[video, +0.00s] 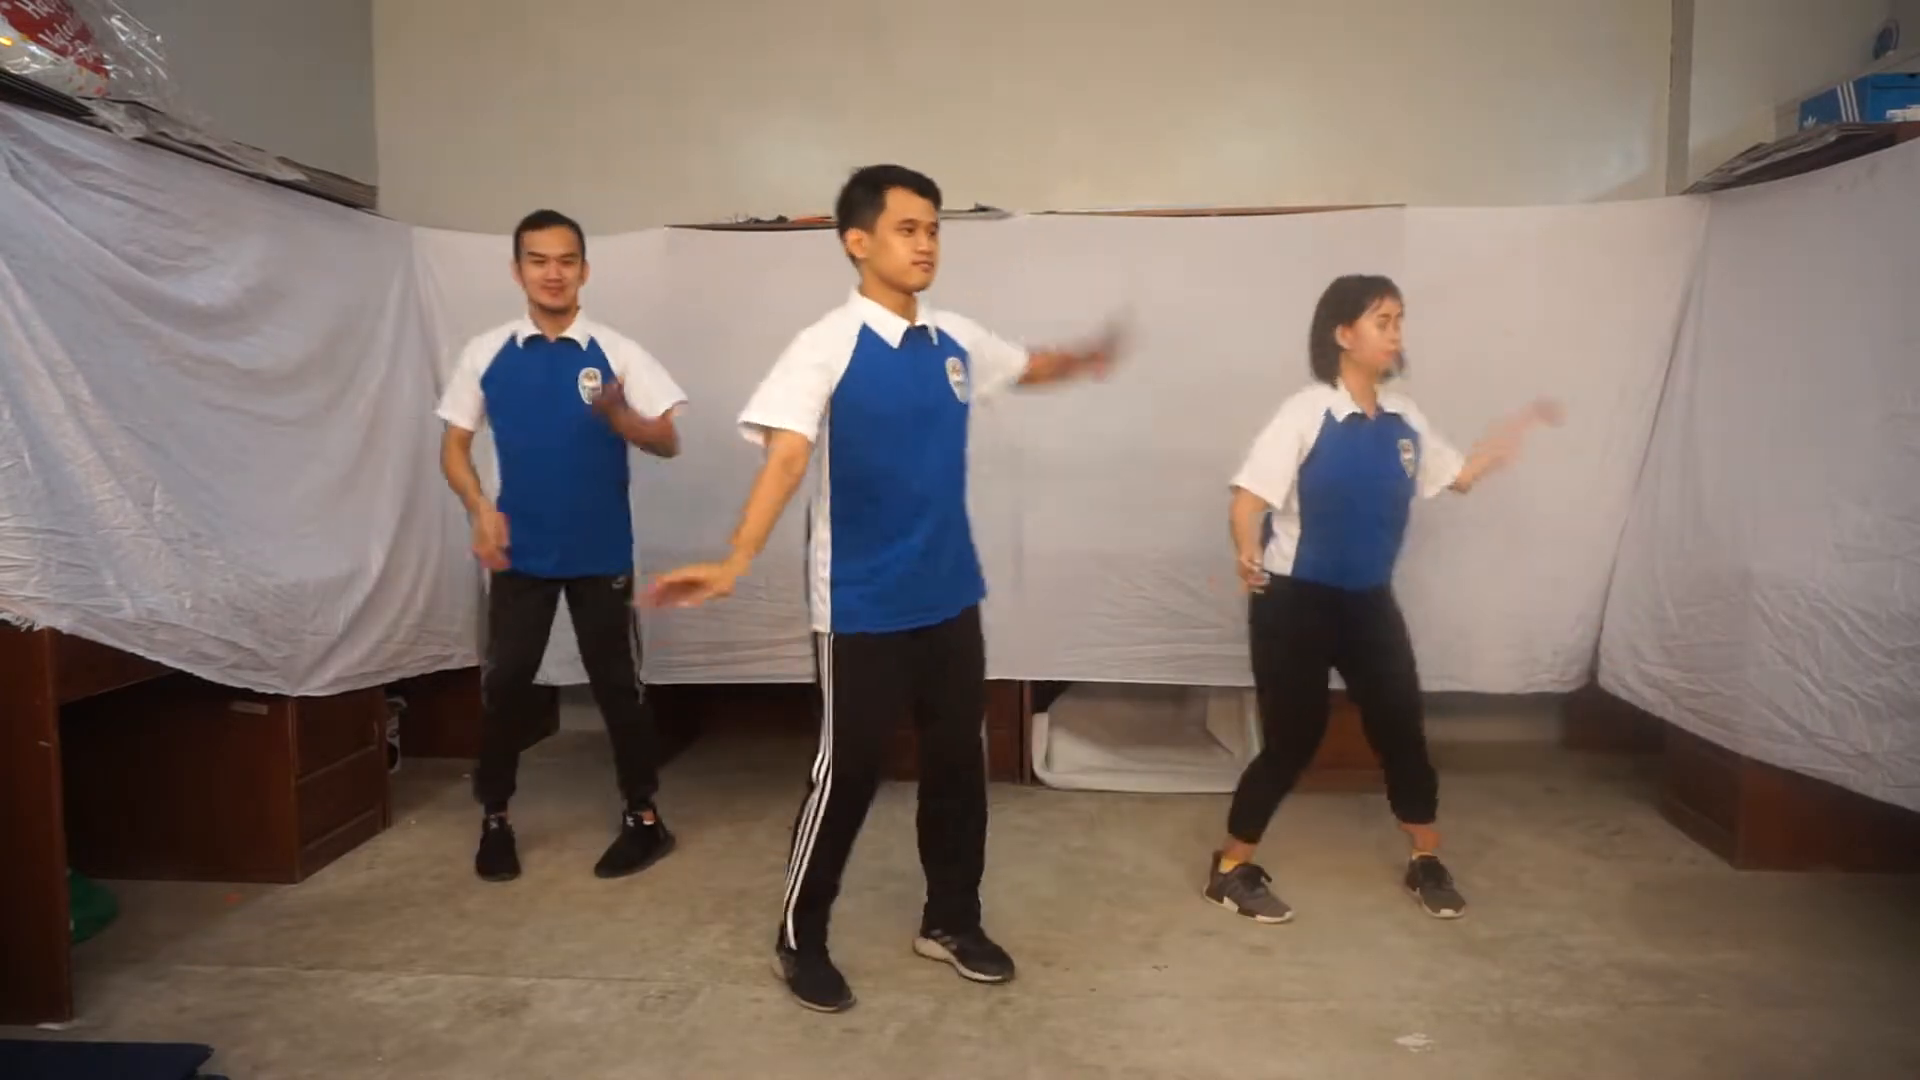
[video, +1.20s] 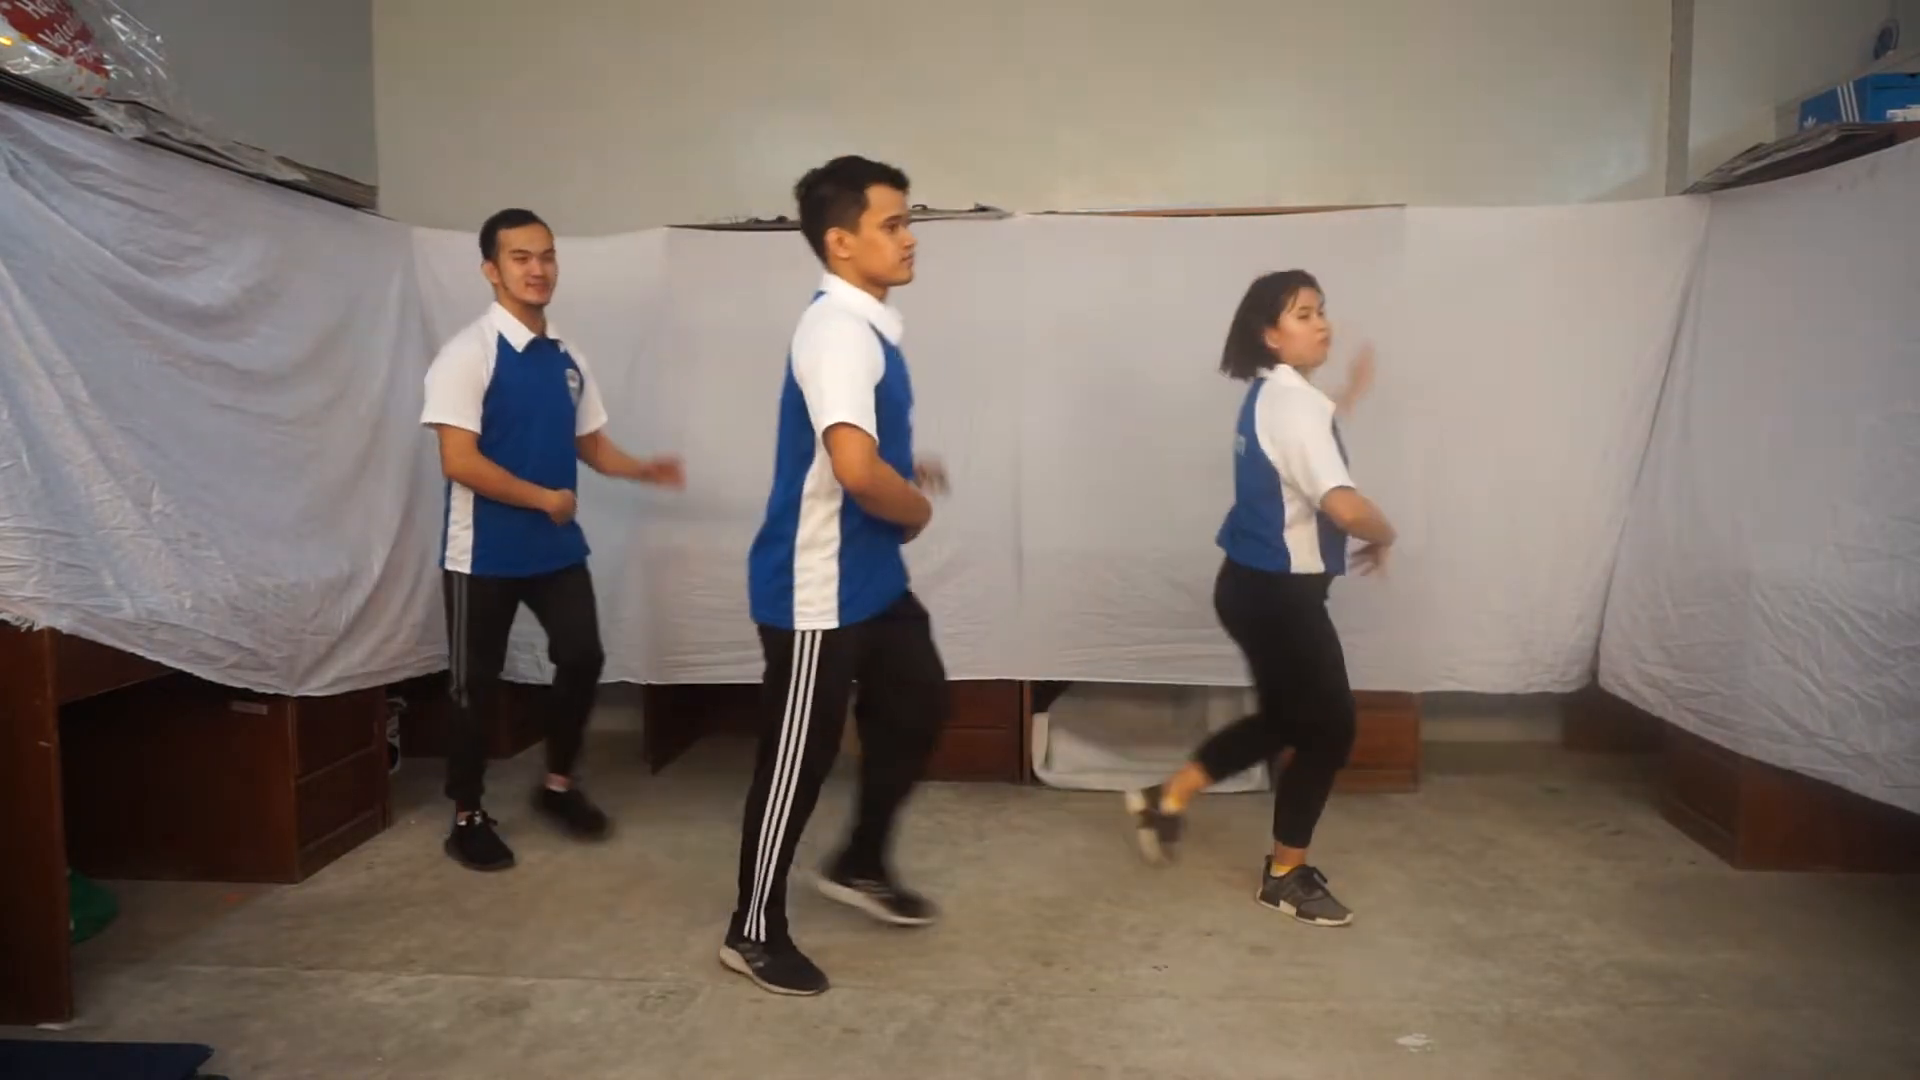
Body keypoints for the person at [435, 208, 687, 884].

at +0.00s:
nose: (553, 272)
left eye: (566, 260)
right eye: (538, 260)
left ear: (584, 270)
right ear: (517, 270)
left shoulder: (615, 350)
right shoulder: (487, 353)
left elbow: (668, 441)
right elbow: (453, 450)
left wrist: (622, 416)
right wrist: (480, 509)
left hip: (599, 555)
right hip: (520, 554)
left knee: (617, 685)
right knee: (504, 688)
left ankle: (644, 818)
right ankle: (496, 819)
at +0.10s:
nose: (536, 273)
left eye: (547, 261)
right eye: (521, 261)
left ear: (561, 269)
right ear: (495, 270)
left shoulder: (580, 350)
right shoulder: (463, 351)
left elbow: (625, 396)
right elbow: (443, 458)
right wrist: (529, 513)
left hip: (579, 552)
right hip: (501, 557)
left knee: (589, 673)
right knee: (497, 690)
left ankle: (591, 800)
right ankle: (497, 821)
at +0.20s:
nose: (519, 272)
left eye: (529, 260)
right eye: (504, 259)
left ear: (541, 268)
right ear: (474, 268)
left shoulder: (563, 343)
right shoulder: (446, 352)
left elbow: (645, 317)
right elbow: (445, 462)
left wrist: (613, 237)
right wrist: (550, 502)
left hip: (555, 548)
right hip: (483, 557)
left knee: (561, 669)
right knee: (489, 689)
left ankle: (508, 748)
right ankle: (493, 818)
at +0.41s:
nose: (508, 269)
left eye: (511, 256)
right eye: (492, 258)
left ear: (518, 265)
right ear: (457, 270)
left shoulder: (521, 324)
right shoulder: (441, 356)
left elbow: (553, 242)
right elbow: (444, 466)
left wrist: (579, 155)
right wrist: (524, 502)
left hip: (522, 537)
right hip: (468, 549)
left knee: (493, 677)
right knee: (482, 686)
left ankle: (456, 780)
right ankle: (493, 816)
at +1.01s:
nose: (518, 270)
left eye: (523, 259)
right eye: (502, 259)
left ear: (529, 270)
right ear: (465, 272)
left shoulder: (530, 348)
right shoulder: (446, 355)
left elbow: (594, 341)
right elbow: (445, 466)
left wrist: (593, 268)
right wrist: (532, 502)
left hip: (516, 543)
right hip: (462, 549)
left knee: (492, 678)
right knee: (476, 683)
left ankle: (448, 773)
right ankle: (468, 810)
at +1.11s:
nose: (524, 269)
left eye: (532, 258)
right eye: (508, 258)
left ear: (541, 267)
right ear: (476, 270)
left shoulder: (548, 354)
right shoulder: (454, 359)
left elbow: (595, 418)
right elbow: (448, 464)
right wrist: (533, 499)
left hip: (538, 552)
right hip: (470, 560)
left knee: (553, 665)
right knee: (470, 687)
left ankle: (492, 759)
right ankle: (468, 814)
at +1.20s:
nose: (538, 268)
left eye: (547, 257)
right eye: (522, 257)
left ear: (556, 266)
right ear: (491, 269)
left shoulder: (564, 357)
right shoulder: (468, 354)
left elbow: (590, 444)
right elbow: (458, 460)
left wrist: (641, 468)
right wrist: (543, 499)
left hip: (554, 548)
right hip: (482, 555)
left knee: (582, 658)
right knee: (475, 686)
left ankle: (559, 785)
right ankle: (468, 815)